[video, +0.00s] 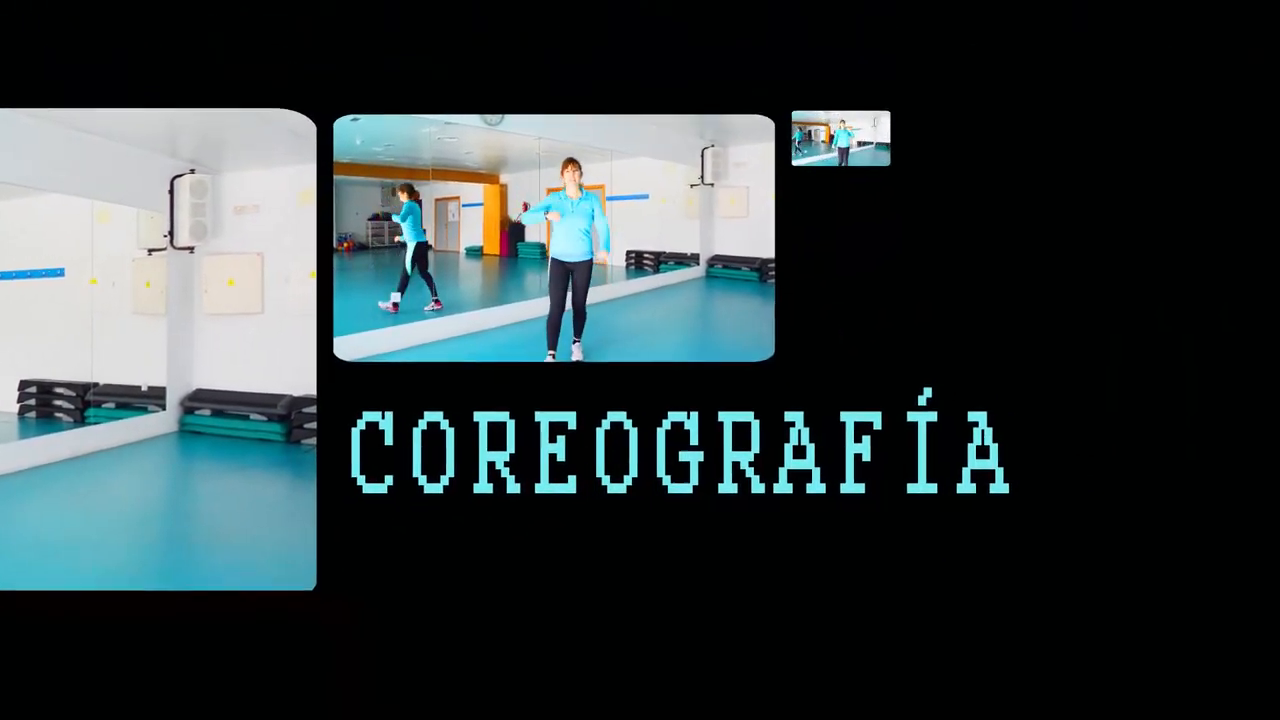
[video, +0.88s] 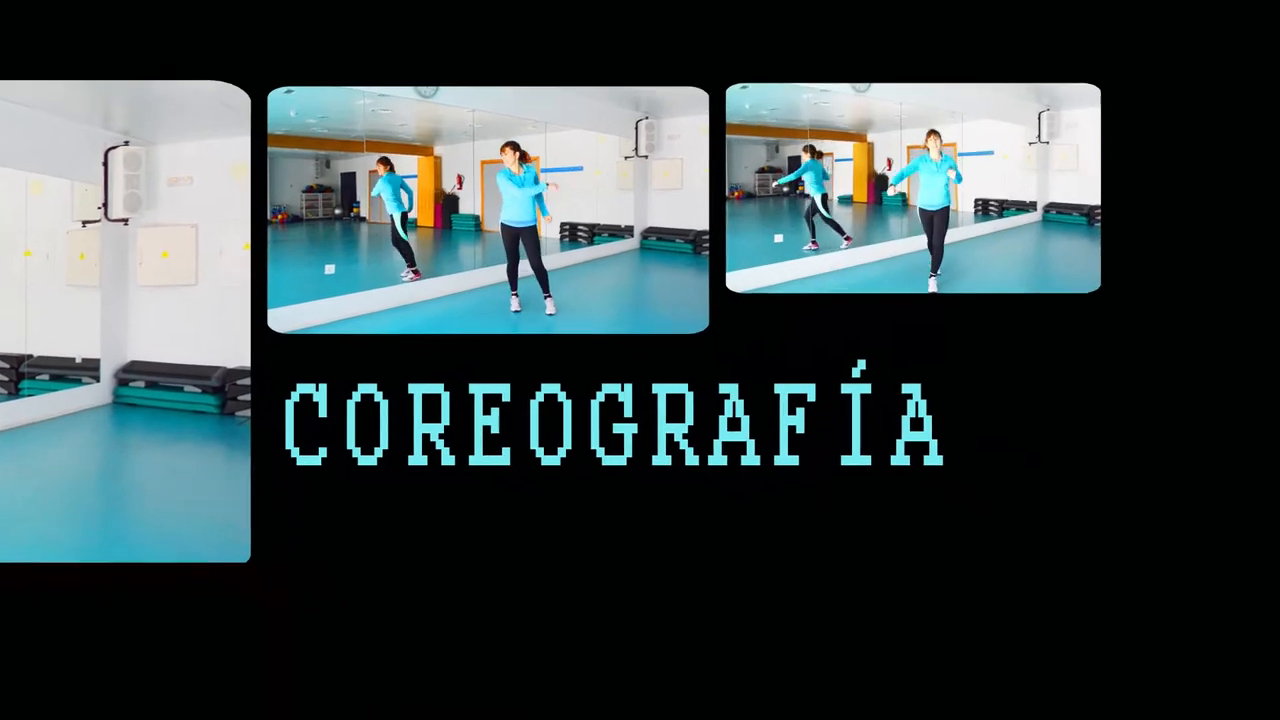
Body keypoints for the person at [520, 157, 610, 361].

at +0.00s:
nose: (572, 174)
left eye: (575, 171)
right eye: (568, 171)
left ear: (581, 174)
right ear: (562, 175)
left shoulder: (592, 199)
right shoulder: (553, 199)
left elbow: (602, 224)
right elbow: (524, 218)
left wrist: (604, 248)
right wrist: (545, 215)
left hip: (583, 261)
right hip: (558, 260)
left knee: (579, 305)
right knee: (556, 307)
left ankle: (577, 343)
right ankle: (551, 353)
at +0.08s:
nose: (570, 169)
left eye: (573, 165)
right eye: (565, 166)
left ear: (578, 168)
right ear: (559, 170)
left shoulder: (589, 193)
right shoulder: (551, 194)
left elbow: (603, 217)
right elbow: (527, 215)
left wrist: (603, 225)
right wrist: (541, 225)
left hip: (580, 253)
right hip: (556, 252)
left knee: (575, 299)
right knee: (556, 299)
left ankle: (573, 342)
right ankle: (551, 344)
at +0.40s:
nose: (552, 181)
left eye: (555, 178)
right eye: (549, 179)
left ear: (561, 181)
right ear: (544, 183)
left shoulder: (569, 202)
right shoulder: (537, 202)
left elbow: (575, 218)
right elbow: (520, 216)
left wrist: (575, 224)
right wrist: (510, 230)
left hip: (563, 253)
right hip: (543, 254)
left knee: (559, 294)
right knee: (551, 292)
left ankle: (551, 334)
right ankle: (557, 317)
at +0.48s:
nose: (547, 175)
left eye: (549, 172)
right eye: (543, 173)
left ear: (554, 175)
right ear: (538, 177)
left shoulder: (563, 195)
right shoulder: (531, 197)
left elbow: (567, 213)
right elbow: (517, 218)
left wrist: (567, 225)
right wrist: (524, 232)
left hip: (559, 247)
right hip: (538, 248)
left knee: (556, 286)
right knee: (544, 285)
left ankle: (551, 328)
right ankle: (549, 314)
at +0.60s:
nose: (537, 164)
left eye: (539, 161)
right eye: (533, 162)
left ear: (544, 163)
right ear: (528, 166)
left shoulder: (553, 184)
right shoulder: (523, 187)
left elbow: (557, 207)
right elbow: (523, 217)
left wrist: (561, 224)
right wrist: (550, 219)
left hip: (549, 235)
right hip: (529, 236)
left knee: (550, 274)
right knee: (534, 273)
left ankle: (552, 313)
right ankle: (536, 308)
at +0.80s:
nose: (513, 164)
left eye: (516, 159)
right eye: (511, 161)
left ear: (525, 161)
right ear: (509, 164)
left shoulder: (536, 179)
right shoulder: (509, 182)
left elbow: (542, 200)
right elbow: (527, 201)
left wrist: (552, 217)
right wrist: (545, 190)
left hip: (534, 232)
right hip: (514, 232)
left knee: (539, 271)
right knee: (518, 269)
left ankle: (555, 301)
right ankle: (521, 301)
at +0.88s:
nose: (503, 158)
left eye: (506, 154)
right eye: (502, 154)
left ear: (516, 154)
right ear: (503, 157)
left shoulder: (530, 171)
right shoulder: (502, 175)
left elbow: (537, 193)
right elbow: (518, 192)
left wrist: (545, 212)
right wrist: (544, 186)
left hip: (529, 224)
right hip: (508, 225)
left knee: (536, 262)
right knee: (512, 261)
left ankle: (548, 297)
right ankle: (514, 296)